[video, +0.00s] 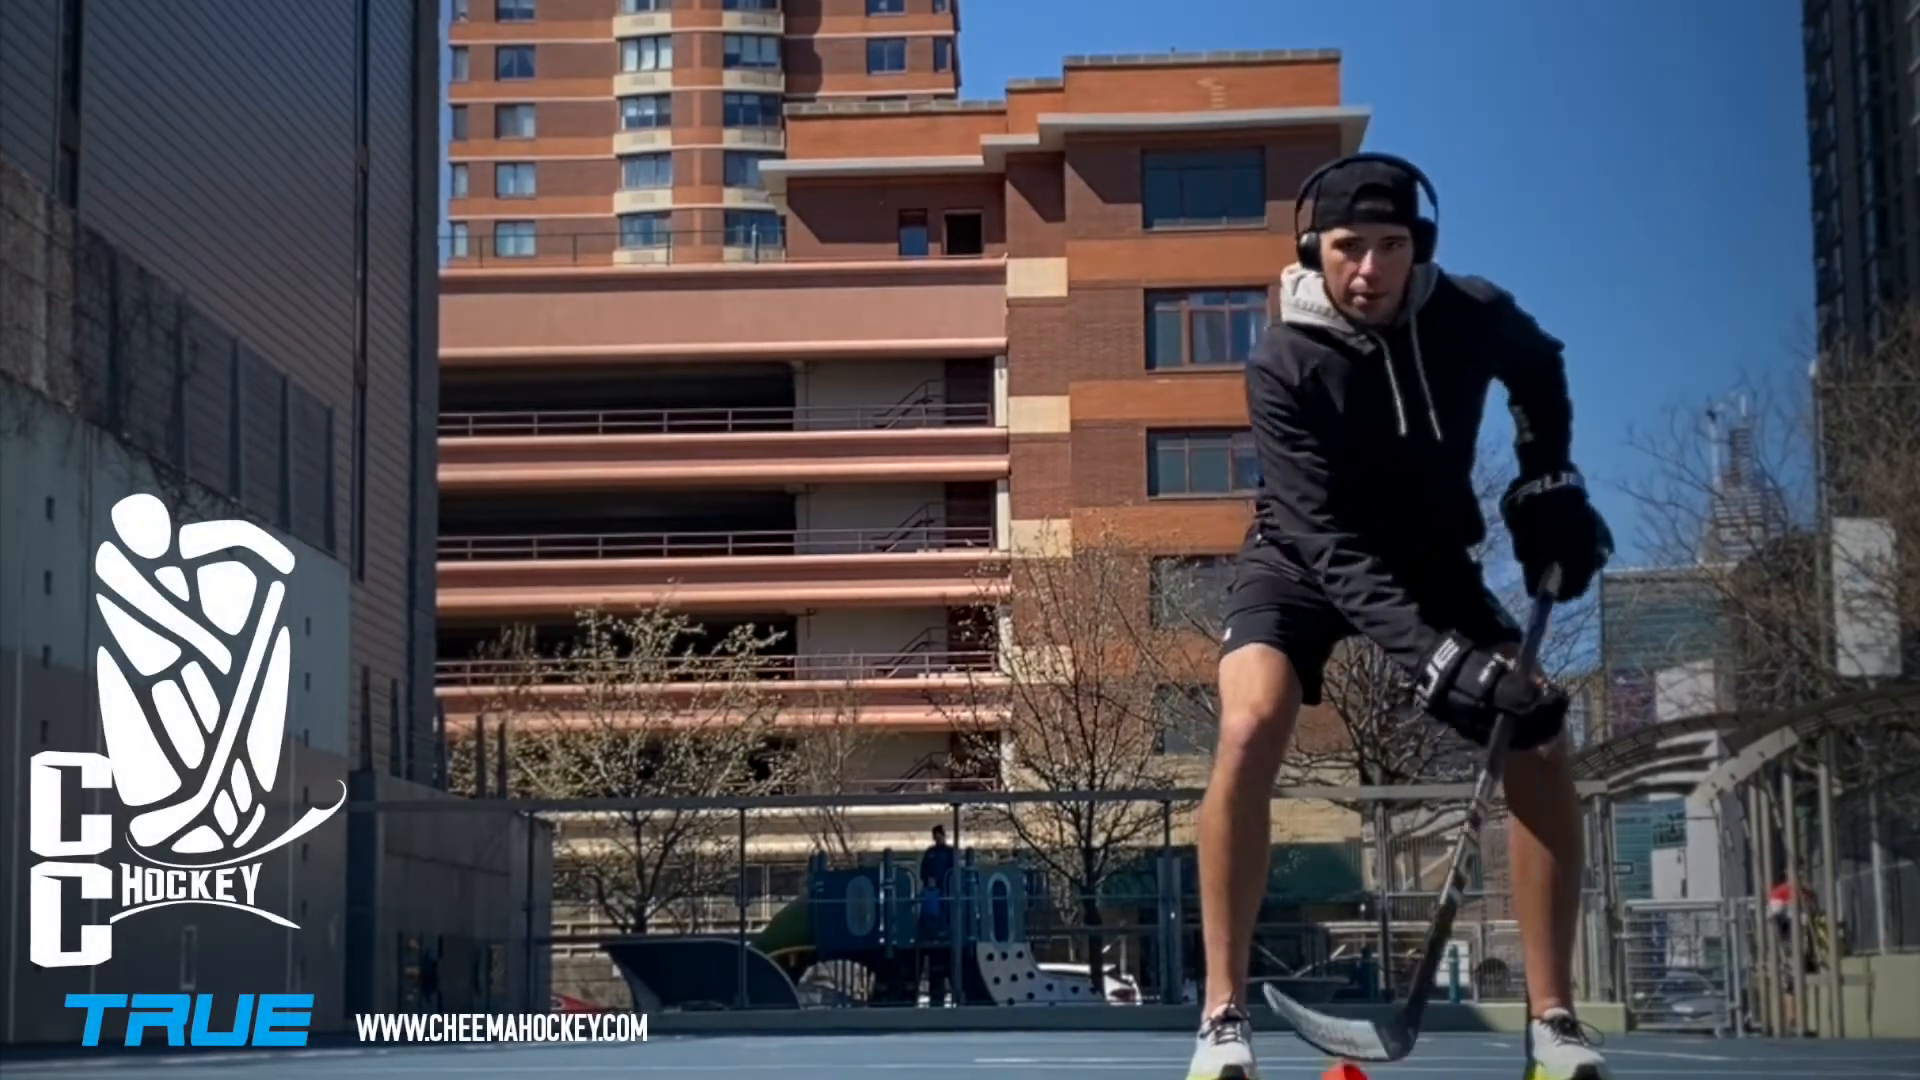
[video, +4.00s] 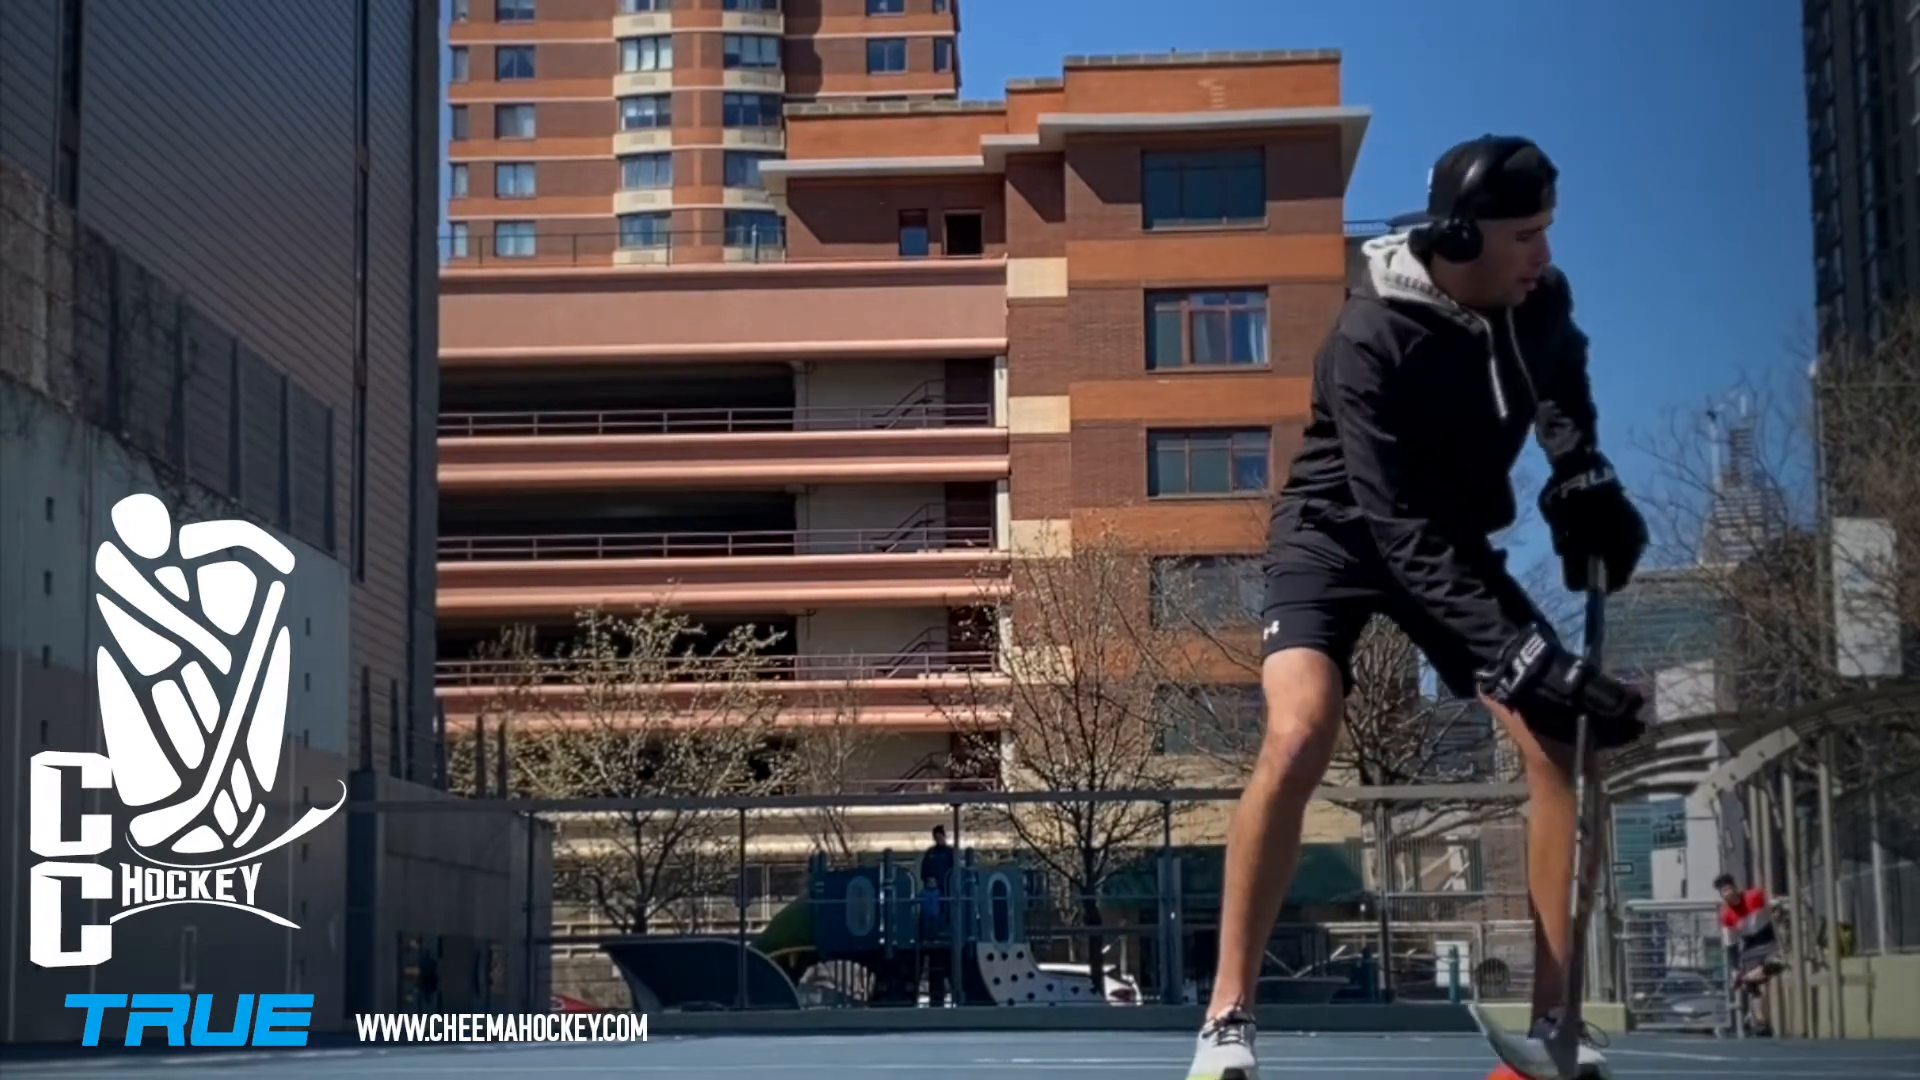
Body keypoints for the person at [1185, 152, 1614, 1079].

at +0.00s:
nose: (1369, 271)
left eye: (1389, 249)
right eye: (1348, 249)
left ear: (1420, 250)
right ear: (1312, 252)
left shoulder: (1472, 315)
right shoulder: (1287, 361)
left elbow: (1538, 370)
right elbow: (1322, 544)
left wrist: (1548, 483)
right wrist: (1435, 660)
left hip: (1431, 558)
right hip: (1301, 558)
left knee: (1537, 742)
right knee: (1251, 727)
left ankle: (1553, 1018)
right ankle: (1222, 1013)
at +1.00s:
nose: (1372, 253)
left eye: (1393, 230)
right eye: (1352, 232)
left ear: (1427, 230)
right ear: (1320, 235)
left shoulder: (1471, 280)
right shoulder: (1300, 350)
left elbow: (1532, 333)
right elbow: (1372, 523)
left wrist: (1573, 442)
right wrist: (1520, 640)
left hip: (1435, 533)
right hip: (1309, 536)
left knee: (1543, 745)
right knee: (1266, 727)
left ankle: (1556, 1019)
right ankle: (1224, 1014)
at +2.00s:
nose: (1326, 266)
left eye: (1347, 244)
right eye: (1307, 246)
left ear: (1384, 237)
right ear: (1280, 243)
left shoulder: (1444, 289)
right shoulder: (1258, 344)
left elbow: (1523, 331)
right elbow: (1294, 526)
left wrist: (1530, 455)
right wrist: (1408, 644)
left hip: (1414, 536)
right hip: (1282, 542)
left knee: (1517, 730)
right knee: (1236, 725)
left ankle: (1550, 1013)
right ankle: (1220, 1013)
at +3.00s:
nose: (1349, 256)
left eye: (1366, 234)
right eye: (1326, 237)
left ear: (1390, 235)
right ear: (1286, 242)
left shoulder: (1437, 293)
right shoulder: (1259, 354)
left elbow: (1498, 340)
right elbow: (1303, 535)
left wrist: (1512, 455)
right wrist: (1436, 647)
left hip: (1405, 540)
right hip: (1278, 542)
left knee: (1522, 740)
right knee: (1235, 729)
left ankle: (1549, 1013)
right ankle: (1220, 1015)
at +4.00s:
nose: (1543, 255)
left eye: (1546, 234)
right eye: (1525, 238)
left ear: (1534, 230)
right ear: (1462, 240)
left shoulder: (1537, 301)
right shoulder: (1372, 338)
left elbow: (1561, 391)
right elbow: (1404, 538)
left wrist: (1582, 478)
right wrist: (1544, 667)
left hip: (1455, 537)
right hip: (1335, 532)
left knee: (1557, 739)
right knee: (1298, 736)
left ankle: (1556, 1020)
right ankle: (1228, 1013)